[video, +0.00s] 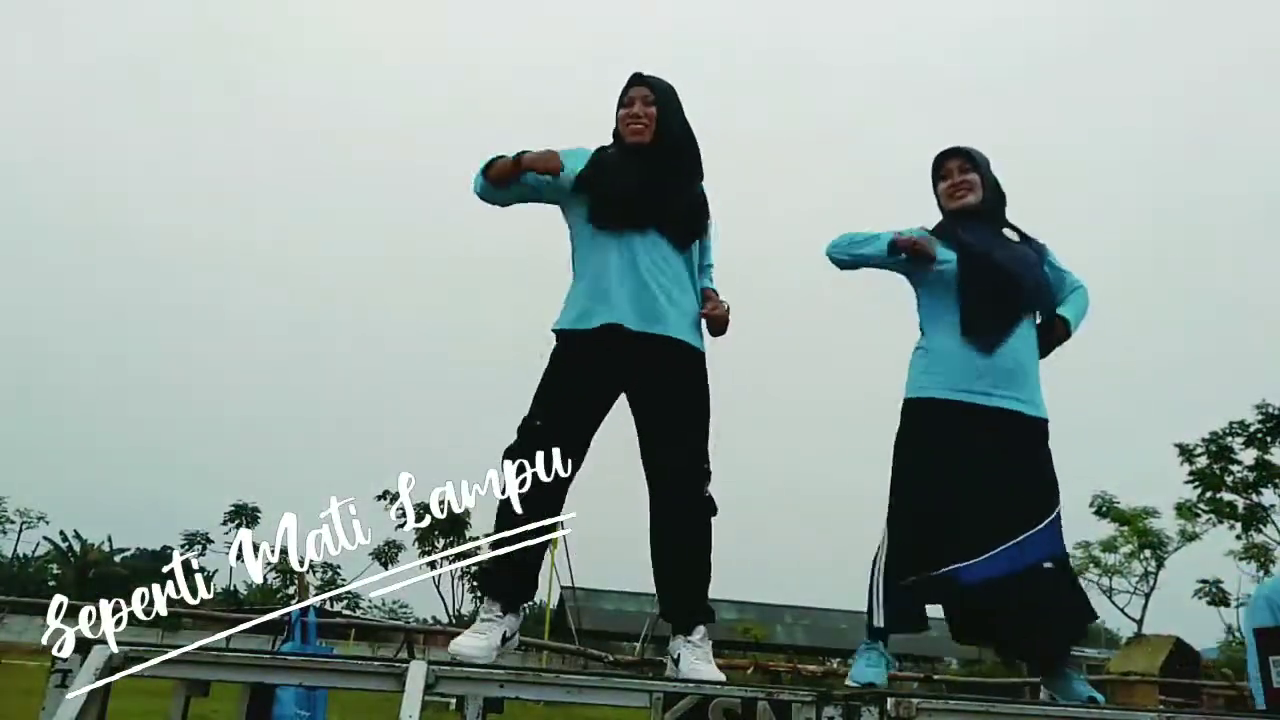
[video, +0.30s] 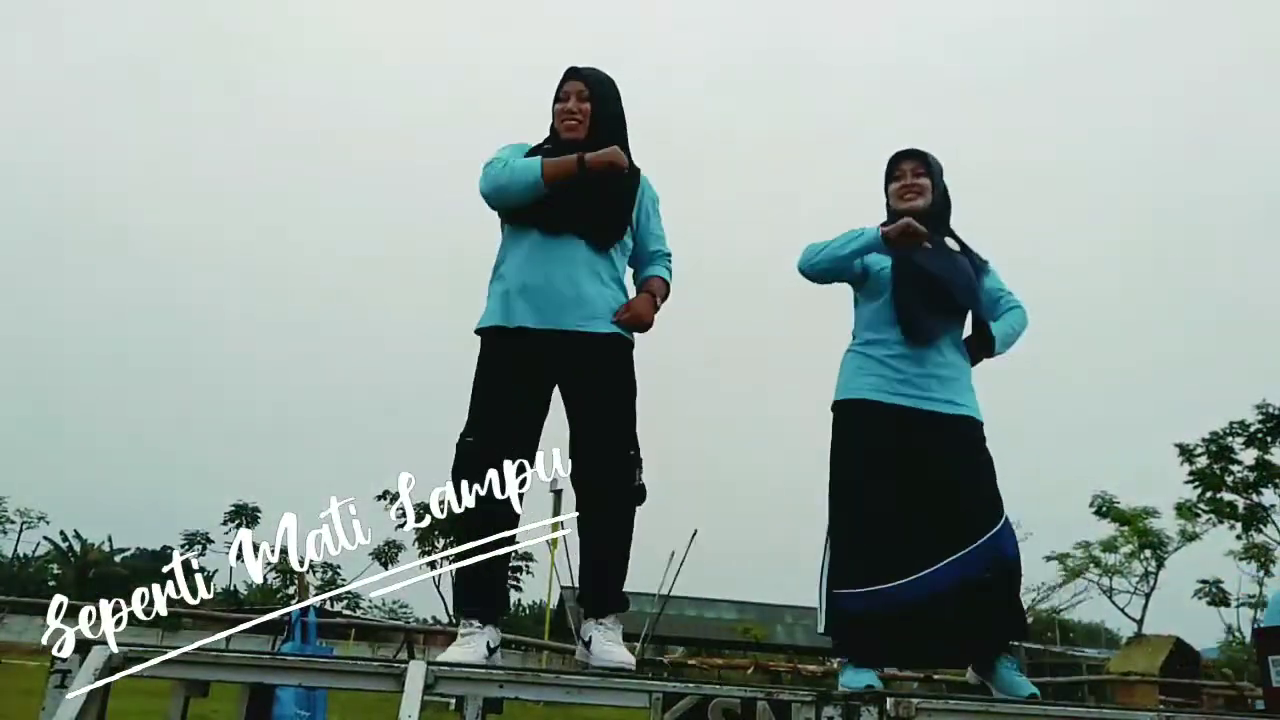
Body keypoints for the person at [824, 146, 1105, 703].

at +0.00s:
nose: (957, 181)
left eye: (967, 172)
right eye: (946, 177)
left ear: (989, 183)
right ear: (938, 193)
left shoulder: (1028, 251)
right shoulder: (923, 243)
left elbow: (1076, 290)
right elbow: (837, 250)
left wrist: (1060, 325)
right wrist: (895, 244)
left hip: (1016, 404)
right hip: (937, 398)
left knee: (1035, 531)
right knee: (910, 524)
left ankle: (1056, 667)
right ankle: (874, 647)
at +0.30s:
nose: (910, 183)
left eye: (921, 176)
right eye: (899, 178)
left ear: (940, 191)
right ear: (886, 194)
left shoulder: (967, 259)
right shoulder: (868, 249)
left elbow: (1014, 314)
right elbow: (810, 264)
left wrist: (979, 347)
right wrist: (878, 235)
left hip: (948, 401)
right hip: (870, 394)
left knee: (983, 526)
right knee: (863, 525)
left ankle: (994, 655)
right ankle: (860, 659)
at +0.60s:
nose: (879, 191)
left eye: (889, 183)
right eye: (869, 185)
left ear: (911, 196)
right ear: (859, 202)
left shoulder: (943, 262)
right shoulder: (843, 256)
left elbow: (997, 315)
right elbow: (786, 285)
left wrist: (964, 344)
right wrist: (823, 237)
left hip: (919, 407)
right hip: (843, 400)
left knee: (919, 531)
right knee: (843, 526)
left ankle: (920, 662)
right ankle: (846, 661)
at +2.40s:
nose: (969, 182)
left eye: (978, 175)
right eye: (957, 172)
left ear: (986, 189)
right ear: (932, 181)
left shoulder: (1006, 249)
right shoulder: (904, 248)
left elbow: (1066, 277)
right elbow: (846, 294)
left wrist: (1139, 290)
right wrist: (860, 324)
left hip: (1014, 404)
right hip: (935, 403)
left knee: (1059, 525)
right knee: (934, 527)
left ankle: (1091, 659)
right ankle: (926, 656)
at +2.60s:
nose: (985, 193)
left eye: (993, 186)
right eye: (972, 188)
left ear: (1009, 201)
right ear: (955, 207)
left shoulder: (1044, 263)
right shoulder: (936, 266)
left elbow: (1099, 296)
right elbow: (899, 324)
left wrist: (1158, 335)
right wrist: (944, 299)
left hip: (1047, 420)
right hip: (970, 418)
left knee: (1069, 545)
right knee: (958, 540)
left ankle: (1091, 675)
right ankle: (936, 662)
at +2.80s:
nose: (995, 196)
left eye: (1005, 187)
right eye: (984, 191)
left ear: (1024, 197)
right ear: (971, 205)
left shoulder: (1056, 257)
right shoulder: (960, 252)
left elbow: (1120, 291)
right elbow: (967, 275)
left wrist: (1107, 328)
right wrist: (1051, 254)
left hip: (1070, 407)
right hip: (997, 409)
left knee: (1082, 534)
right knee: (1009, 533)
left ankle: (1088, 666)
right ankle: (1023, 665)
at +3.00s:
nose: (999, 183)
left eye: (1009, 173)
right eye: (989, 178)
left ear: (1033, 181)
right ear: (979, 193)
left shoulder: (1068, 246)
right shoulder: (974, 242)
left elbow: (1131, 287)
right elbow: (947, 256)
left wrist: (1113, 322)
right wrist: (1031, 243)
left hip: (1073, 394)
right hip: (999, 394)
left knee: (1099, 520)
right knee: (1011, 515)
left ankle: (1103, 657)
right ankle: (1004, 632)